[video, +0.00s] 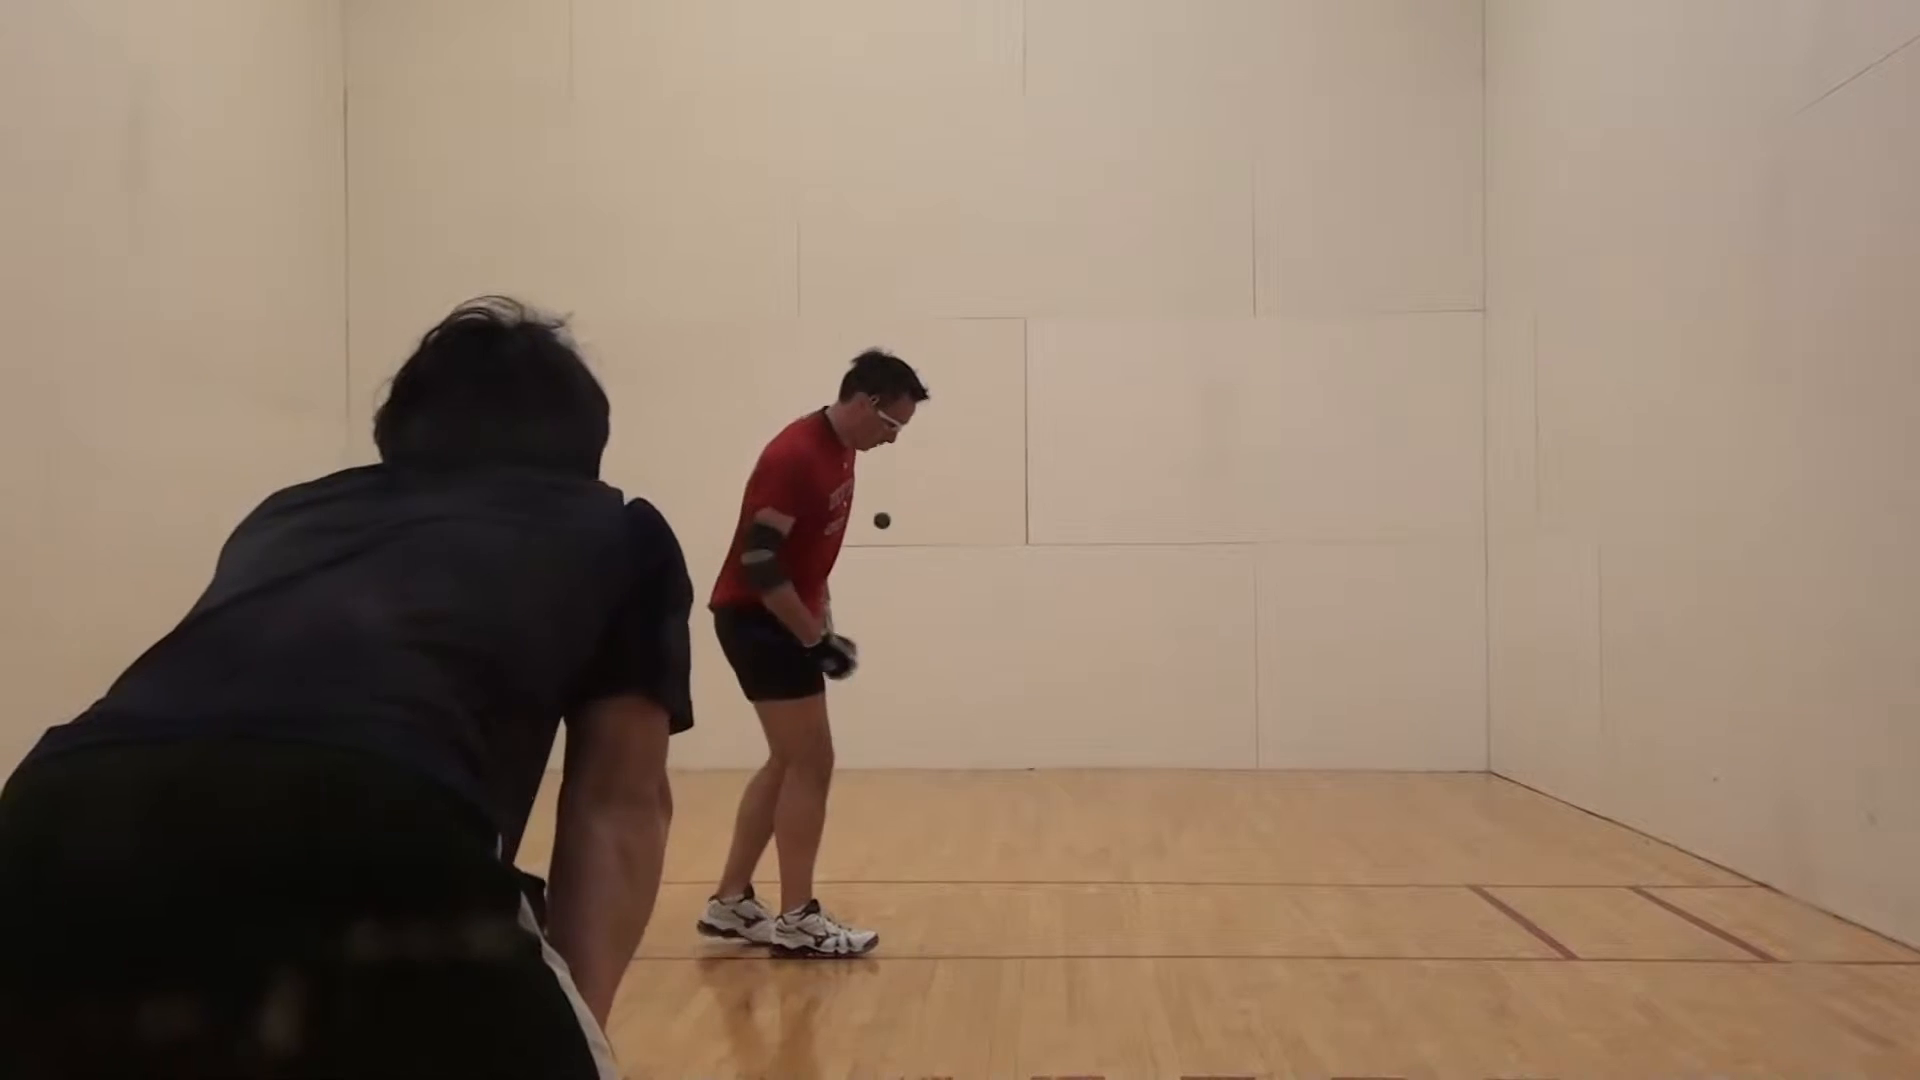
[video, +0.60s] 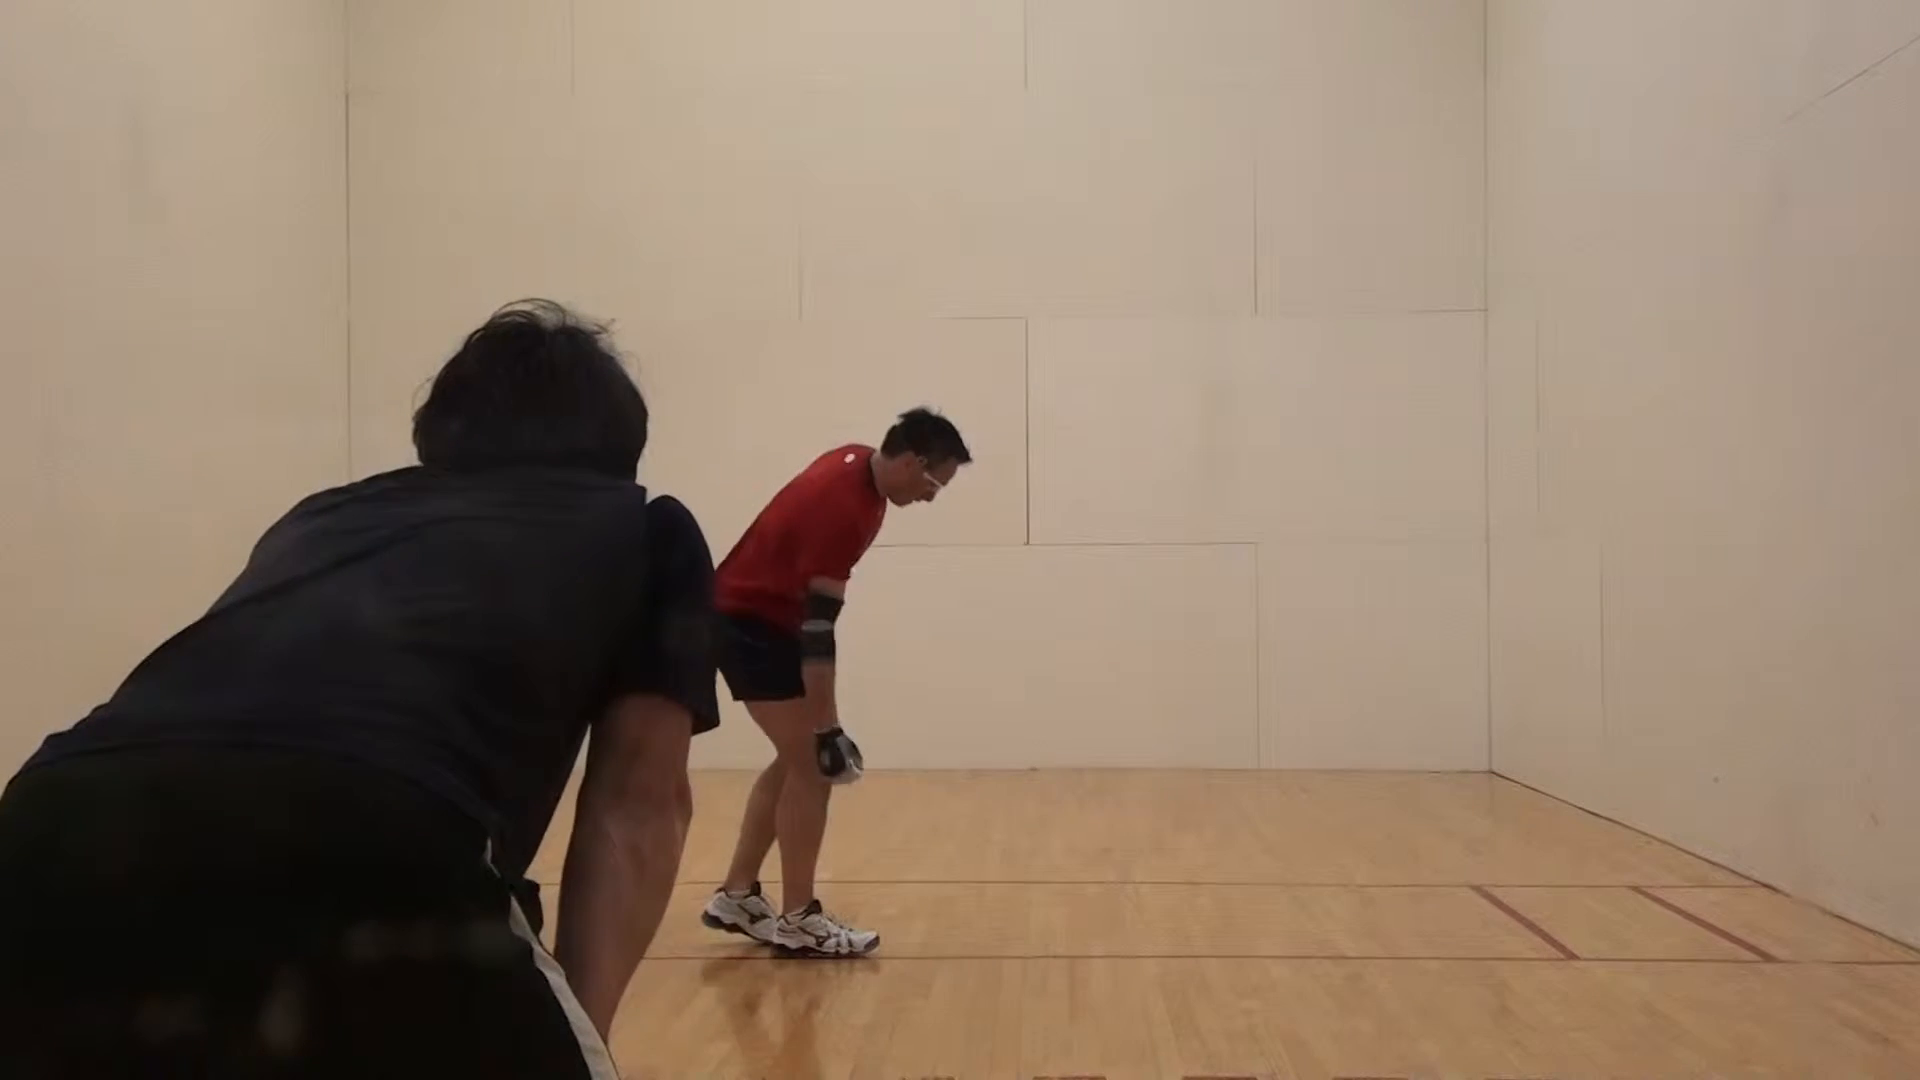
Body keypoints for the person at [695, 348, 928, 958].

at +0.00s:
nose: (893, 436)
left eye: (899, 426)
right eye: (892, 422)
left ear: (865, 405)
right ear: (860, 401)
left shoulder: (836, 451)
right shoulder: (799, 454)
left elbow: (809, 555)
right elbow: (759, 558)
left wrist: (825, 628)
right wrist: (814, 638)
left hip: (777, 617)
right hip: (757, 618)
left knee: (788, 759)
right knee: (811, 760)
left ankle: (729, 900)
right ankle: (797, 914)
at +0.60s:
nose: (931, 494)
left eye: (939, 486)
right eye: (930, 480)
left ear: (903, 457)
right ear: (904, 457)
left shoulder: (856, 466)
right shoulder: (847, 506)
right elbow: (818, 626)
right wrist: (826, 729)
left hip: (746, 614)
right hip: (753, 623)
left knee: (796, 753)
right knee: (811, 757)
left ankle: (736, 894)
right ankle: (798, 914)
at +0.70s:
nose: (939, 516)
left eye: (946, 507)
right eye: (938, 503)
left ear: (908, 481)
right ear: (910, 482)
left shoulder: (861, 483)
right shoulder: (849, 527)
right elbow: (828, 653)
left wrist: (810, 619)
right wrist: (854, 751)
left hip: (745, 624)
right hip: (747, 634)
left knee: (795, 756)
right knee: (815, 760)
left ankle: (723, 888)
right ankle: (799, 915)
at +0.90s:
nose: (937, 576)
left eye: (944, 566)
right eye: (940, 564)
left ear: (914, 541)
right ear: (915, 545)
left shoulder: (865, 528)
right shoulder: (836, 575)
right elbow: (822, 701)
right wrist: (912, 728)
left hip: (721, 643)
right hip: (732, 654)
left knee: (770, 780)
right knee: (819, 762)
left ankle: (646, 857)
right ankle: (800, 917)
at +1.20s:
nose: (911, 587)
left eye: (917, 578)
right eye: (914, 574)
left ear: (888, 550)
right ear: (891, 553)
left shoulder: (834, 552)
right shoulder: (824, 567)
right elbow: (789, 664)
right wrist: (870, 697)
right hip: (703, 646)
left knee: (703, 779)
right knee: (776, 757)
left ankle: (647, 912)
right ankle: (790, 914)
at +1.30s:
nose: (912, 573)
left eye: (919, 565)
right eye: (912, 560)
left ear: (889, 543)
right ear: (887, 539)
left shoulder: (856, 579)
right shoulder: (813, 551)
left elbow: (825, 659)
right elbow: (794, 610)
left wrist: (840, 635)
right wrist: (863, 646)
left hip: (719, 642)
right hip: (706, 638)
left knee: (711, 772)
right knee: (770, 752)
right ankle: (743, 904)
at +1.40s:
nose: (916, 575)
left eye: (922, 567)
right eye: (919, 562)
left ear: (897, 546)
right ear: (897, 543)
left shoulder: (860, 602)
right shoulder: (822, 539)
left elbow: (867, 678)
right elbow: (802, 544)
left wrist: (858, 647)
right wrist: (873, 595)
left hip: (725, 667)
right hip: (704, 651)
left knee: (709, 775)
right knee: (765, 768)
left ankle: (624, 888)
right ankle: (720, 910)